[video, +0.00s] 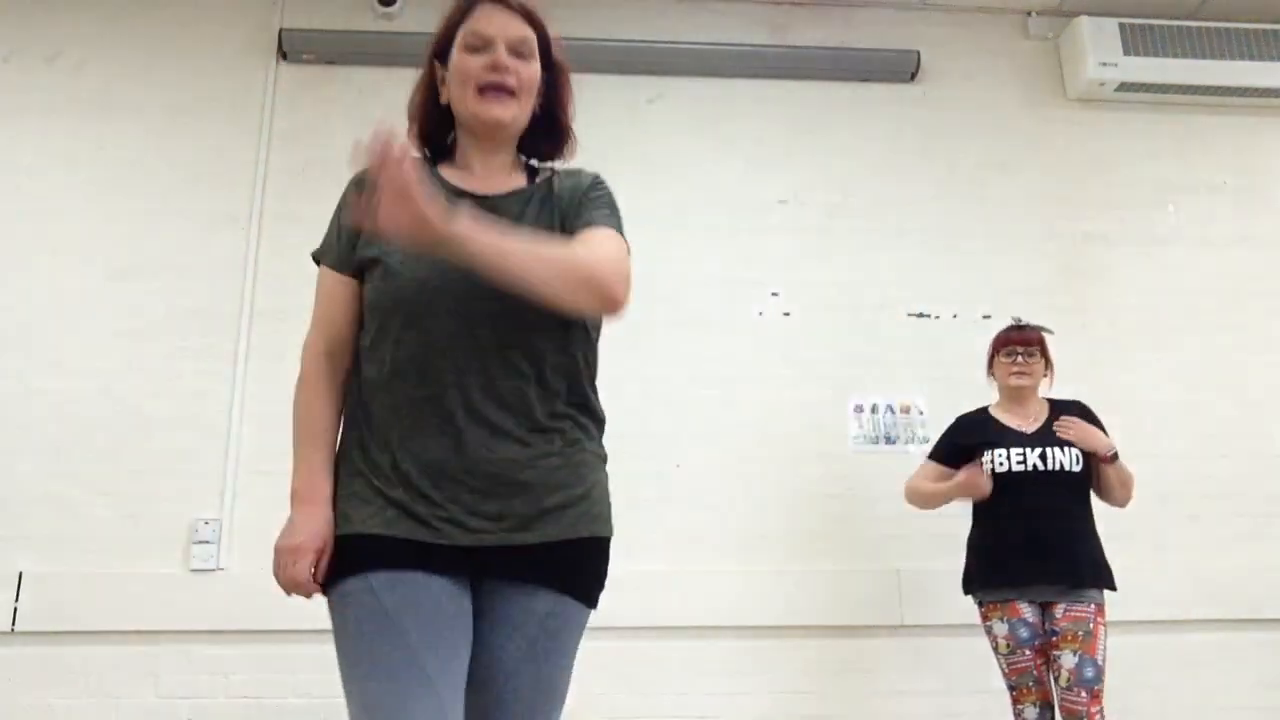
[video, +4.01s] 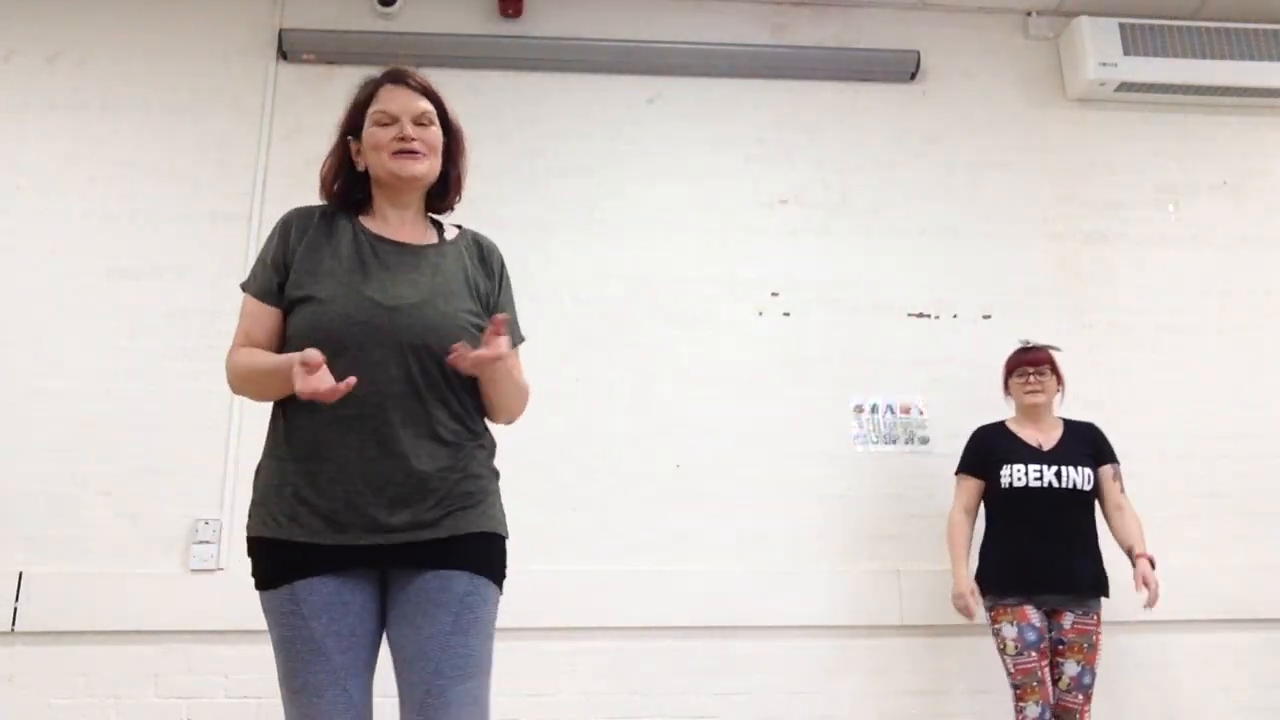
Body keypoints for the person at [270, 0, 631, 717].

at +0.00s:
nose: (500, 63)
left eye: (520, 51)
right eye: (477, 47)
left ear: (543, 81)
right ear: (442, 72)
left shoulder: (576, 194)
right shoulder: (380, 190)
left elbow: (607, 286)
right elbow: (327, 354)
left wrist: (443, 227)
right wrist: (310, 504)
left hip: (546, 525)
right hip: (392, 521)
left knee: (514, 713)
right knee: (407, 711)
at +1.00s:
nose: (493, 175)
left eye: (502, 171)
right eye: (476, 157)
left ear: (504, 195)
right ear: (429, 165)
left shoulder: (512, 293)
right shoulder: (351, 252)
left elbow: (586, 388)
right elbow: (291, 385)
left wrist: (632, 278)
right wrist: (298, 509)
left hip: (486, 541)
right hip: (357, 534)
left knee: (452, 713)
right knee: (362, 712)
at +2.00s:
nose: (450, 158)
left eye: (472, 152)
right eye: (436, 144)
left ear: (492, 181)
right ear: (412, 161)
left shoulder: (491, 293)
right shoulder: (346, 231)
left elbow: (524, 426)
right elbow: (275, 353)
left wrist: (621, 383)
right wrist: (264, 465)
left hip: (471, 533)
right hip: (335, 519)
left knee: (440, 714)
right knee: (341, 712)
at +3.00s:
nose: (394, 143)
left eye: (413, 132)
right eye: (376, 133)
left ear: (440, 156)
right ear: (355, 160)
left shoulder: (483, 255)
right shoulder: (311, 257)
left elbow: (526, 380)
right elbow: (267, 396)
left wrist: (409, 408)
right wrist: (248, 517)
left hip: (454, 536)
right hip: (317, 536)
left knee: (429, 714)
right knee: (331, 714)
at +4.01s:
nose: (409, 133)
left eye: (424, 122)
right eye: (387, 123)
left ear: (445, 148)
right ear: (357, 149)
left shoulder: (478, 258)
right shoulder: (302, 234)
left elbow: (509, 408)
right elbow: (242, 366)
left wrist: (497, 362)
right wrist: (289, 372)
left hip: (450, 520)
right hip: (310, 521)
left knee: (451, 713)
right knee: (324, 714)